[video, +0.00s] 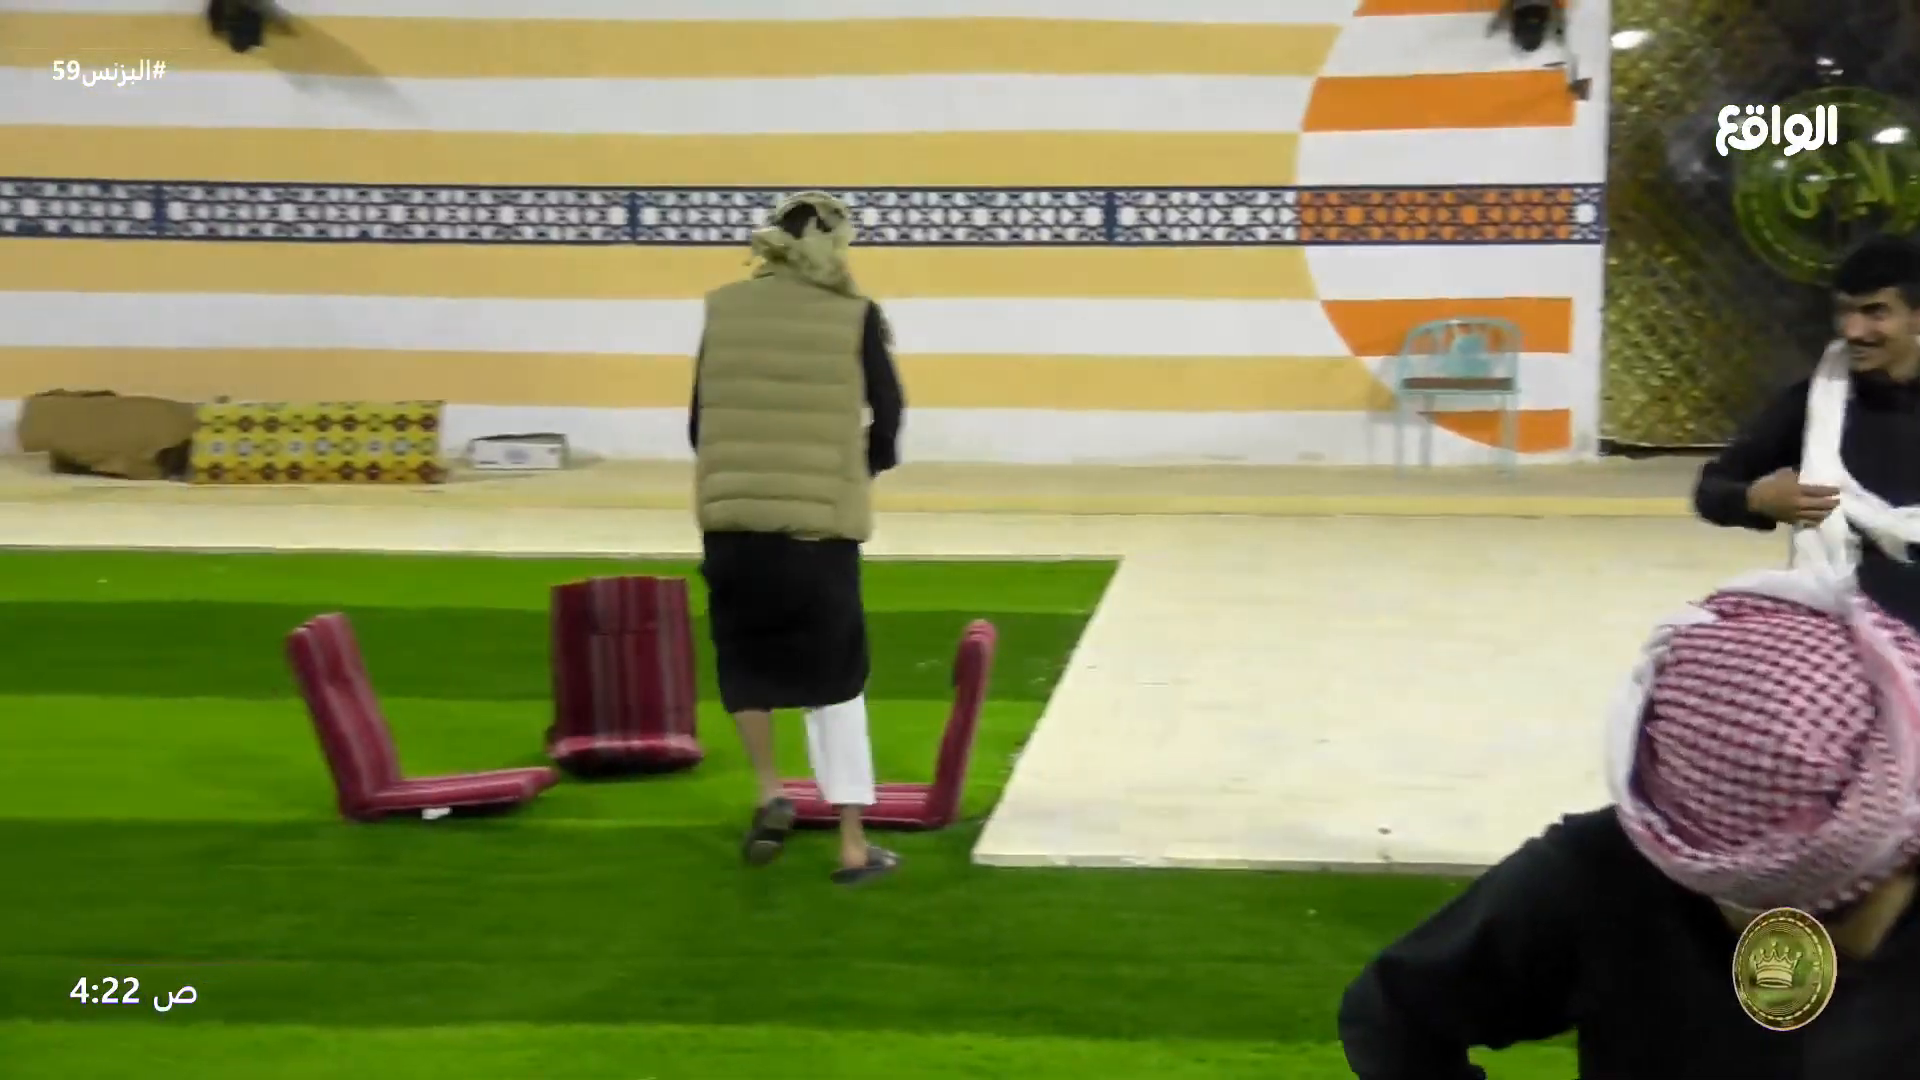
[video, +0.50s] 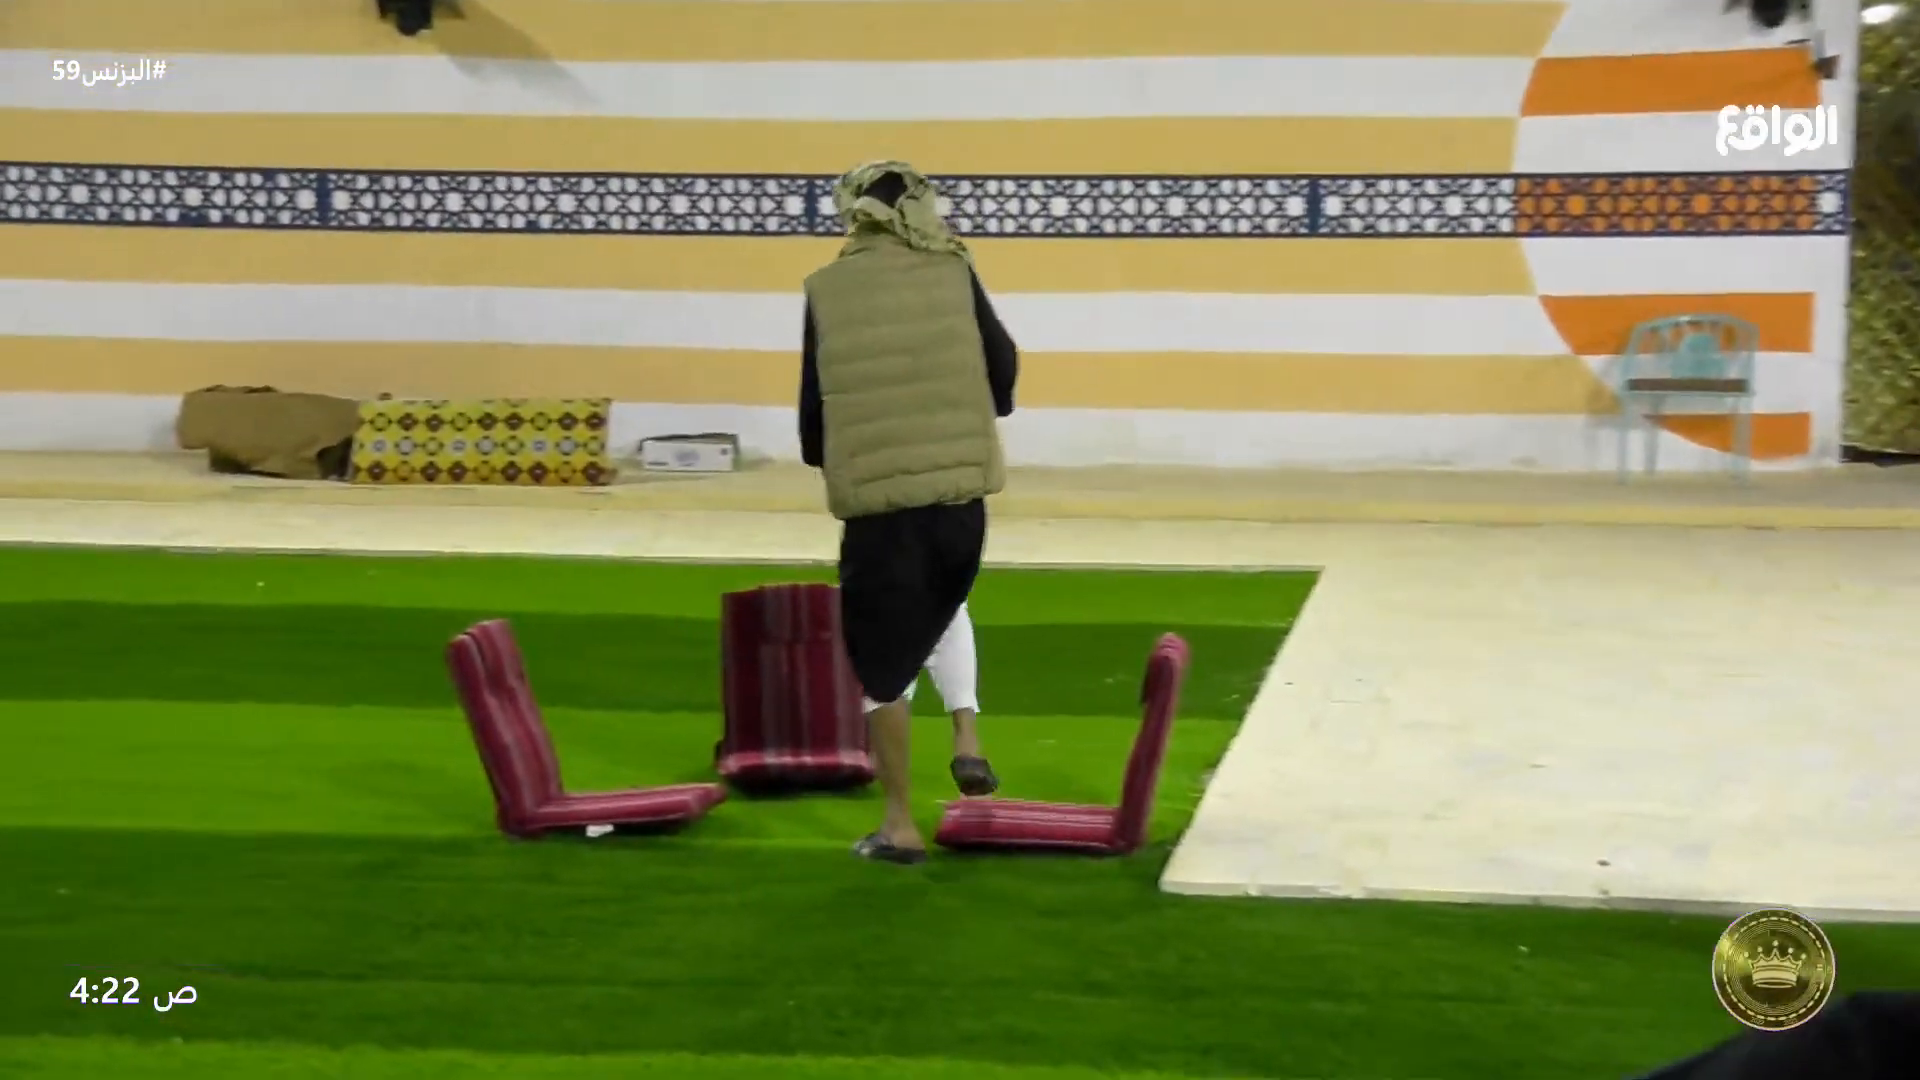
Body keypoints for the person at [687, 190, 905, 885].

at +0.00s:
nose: (843, 252)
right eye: (843, 242)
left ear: (772, 240)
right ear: (837, 248)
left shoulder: (726, 308)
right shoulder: (855, 316)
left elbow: (700, 420)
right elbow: (888, 422)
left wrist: (736, 467)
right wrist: (855, 465)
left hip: (731, 529)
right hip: (822, 531)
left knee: (741, 658)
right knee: (838, 681)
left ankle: (770, 792)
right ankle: (853, 847)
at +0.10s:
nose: (877, 244)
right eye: (873, 233)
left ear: (800, 237)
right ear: (868, 238)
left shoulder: (763, 301)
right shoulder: (892, 303)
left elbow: (735, 417)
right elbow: (941, 406)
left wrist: (767, 471)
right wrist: (910, 457)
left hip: (777, 523)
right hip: (871, 524)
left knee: (778, 661)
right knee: (884, 674)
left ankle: (795, 815)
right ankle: (902, 842)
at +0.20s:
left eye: (800, 239)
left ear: (806, 245)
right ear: (874, 241)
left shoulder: (774, 308)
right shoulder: (902, 307)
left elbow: (754, 428)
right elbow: (953, 402)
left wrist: (791, 476)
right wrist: (919, 457)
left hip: (799, 530)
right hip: (891, 530)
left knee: (796, 671)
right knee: (906, 677)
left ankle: (805, 814)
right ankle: (930, 836)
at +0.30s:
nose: (799, 243)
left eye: (804, 233)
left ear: (810, 238)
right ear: (878, 236)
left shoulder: (784, 309)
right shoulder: (907, 299)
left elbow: (772, 427)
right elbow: (951, 387)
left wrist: (812, 460)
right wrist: (931, 437)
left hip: (812, 527)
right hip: (904, 521)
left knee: (812, 671)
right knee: (910, 652)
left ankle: (835, 817)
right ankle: (948, 768)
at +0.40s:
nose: (810, 233)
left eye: (813, 223)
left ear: (823, 228)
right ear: (890, 222)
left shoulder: (796, 297)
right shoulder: (920, 284)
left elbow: (783, 417)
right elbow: (962, 379)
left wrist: (811, 472)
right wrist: (946, 419)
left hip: (833, 511)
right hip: (917, 501)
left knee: (837, 661)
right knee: (919, 621)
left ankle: (856, 822)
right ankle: (950, 734)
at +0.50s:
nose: (843, 224)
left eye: (846, 213)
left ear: (854, 219)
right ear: (920, 209)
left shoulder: (828, 287)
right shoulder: (954, 270)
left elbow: (815, 410)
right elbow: (1001, 358)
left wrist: (831, 458)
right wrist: (980, 411)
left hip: (877, 511)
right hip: (960, 505)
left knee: (885, 671)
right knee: (947, 602)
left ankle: (899, 826)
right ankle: (968, 742)